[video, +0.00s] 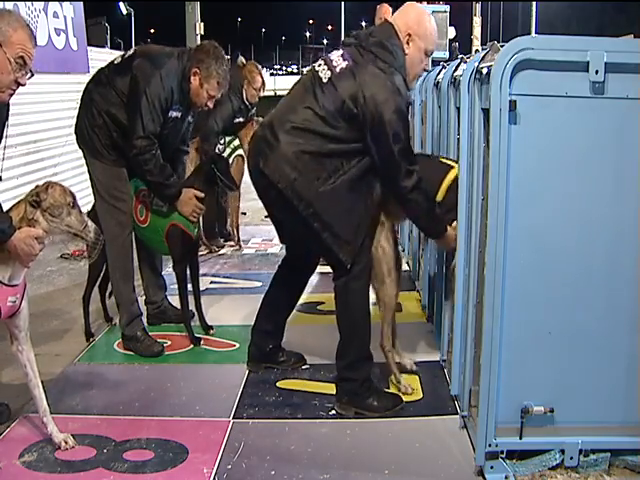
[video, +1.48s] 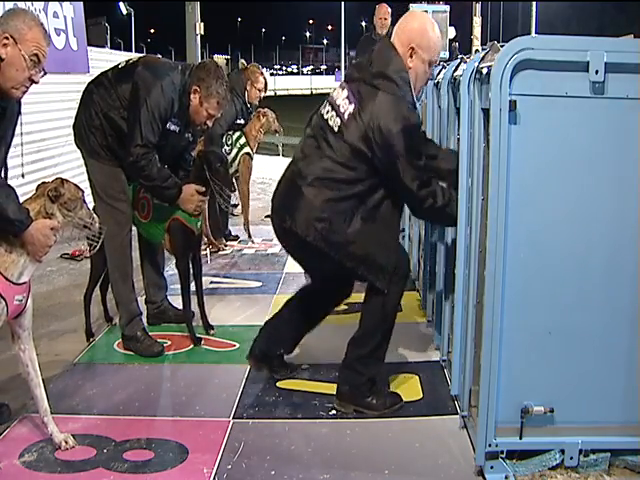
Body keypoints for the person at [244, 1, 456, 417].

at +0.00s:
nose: (427, 66)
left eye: (430, 57)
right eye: (427, 54)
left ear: (398, 33)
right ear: (407, 39)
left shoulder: (359, 52)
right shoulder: (384, 86)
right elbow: (400, 173)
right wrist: (439, 229)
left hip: (269, 157)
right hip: (298, 170)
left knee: (302, 253)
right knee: (351, 262)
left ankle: (263, 347)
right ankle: (355, 386)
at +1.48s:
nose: (431, 74)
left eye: (434, 65)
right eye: (430, 63)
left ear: (400, 47)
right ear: (410, 53)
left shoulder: (366, 75)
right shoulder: (391, 104)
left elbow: (420, 151)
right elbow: (418, 190)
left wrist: (473, 172)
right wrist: (473, 211)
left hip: (291, 207)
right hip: (322, 217)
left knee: (336, 282)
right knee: (392, 271)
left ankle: (268, 347)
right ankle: (358, 388)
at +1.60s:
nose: (426, 83)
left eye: (427, 74)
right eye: (424, 74)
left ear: (395, 63)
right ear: (404, 70)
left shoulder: (361, 87)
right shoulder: (393, 129)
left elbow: (384, 149)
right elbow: (433, 206)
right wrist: (490, 218)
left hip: (296, 229)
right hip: (325, 240)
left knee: (340, 312)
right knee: (400, 275)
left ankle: (264, 333)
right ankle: (359, 388)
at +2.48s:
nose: (405, 128)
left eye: (406, 120)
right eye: (402, 120)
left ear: (373, 109)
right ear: (380, 115)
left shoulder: (347, 128)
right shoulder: (375, 168)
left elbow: (392, 168)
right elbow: (428, 227)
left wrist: (429, 190)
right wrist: (473, 242)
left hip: (299, 270)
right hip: (320, 280)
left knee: (348, 351)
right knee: (400, 277)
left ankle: (275, 330)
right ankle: (358, 388)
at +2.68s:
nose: (399, 137)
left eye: (401, 129)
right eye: (395, 129)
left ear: (374, 116)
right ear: (374, 120)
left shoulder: (349, 135)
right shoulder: (355, 159)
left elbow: (395, 192)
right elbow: (391, 225)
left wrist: (430, 239)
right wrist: (423, 267)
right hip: (309, 281)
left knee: (358, 352)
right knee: (390, 274)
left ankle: (277, 332)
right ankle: (358, 388)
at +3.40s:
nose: (402, 84)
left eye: (404, 75)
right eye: (403, 74)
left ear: (376, 59)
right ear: (390, 66)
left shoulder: (344, 86)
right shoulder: (353, 98)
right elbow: (361, 193)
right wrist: (393, 236)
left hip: (297, 230)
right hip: (305, 234)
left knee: (349, 314)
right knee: (391, 271)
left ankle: (271, 336)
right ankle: (357, 387)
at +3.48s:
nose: (397, 58)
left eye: (400, 49)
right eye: (399, 48)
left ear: (367, 29)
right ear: (390, 39)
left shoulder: (330, 66)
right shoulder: (356, 78)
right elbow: (373, 169)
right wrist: (397, 230)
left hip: (290, 208)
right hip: (311, 211)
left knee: (349, 288)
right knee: (390, 272)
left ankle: (272, 339)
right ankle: (358, 386)